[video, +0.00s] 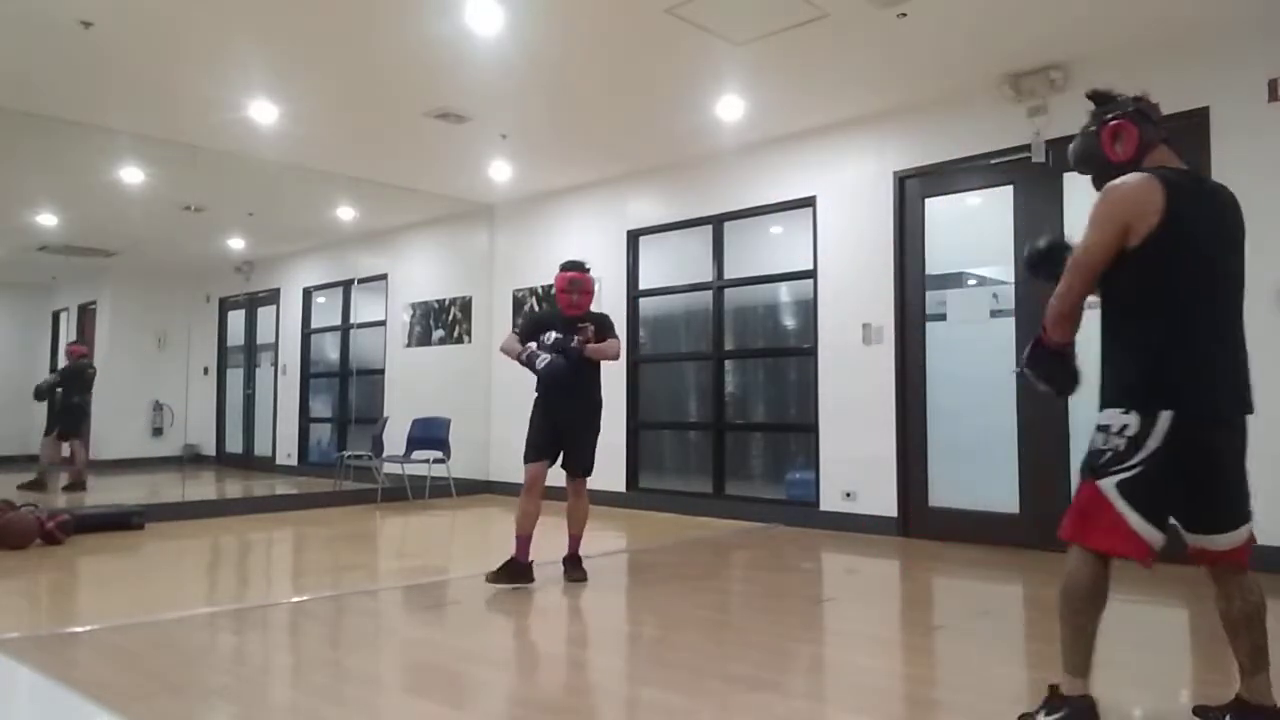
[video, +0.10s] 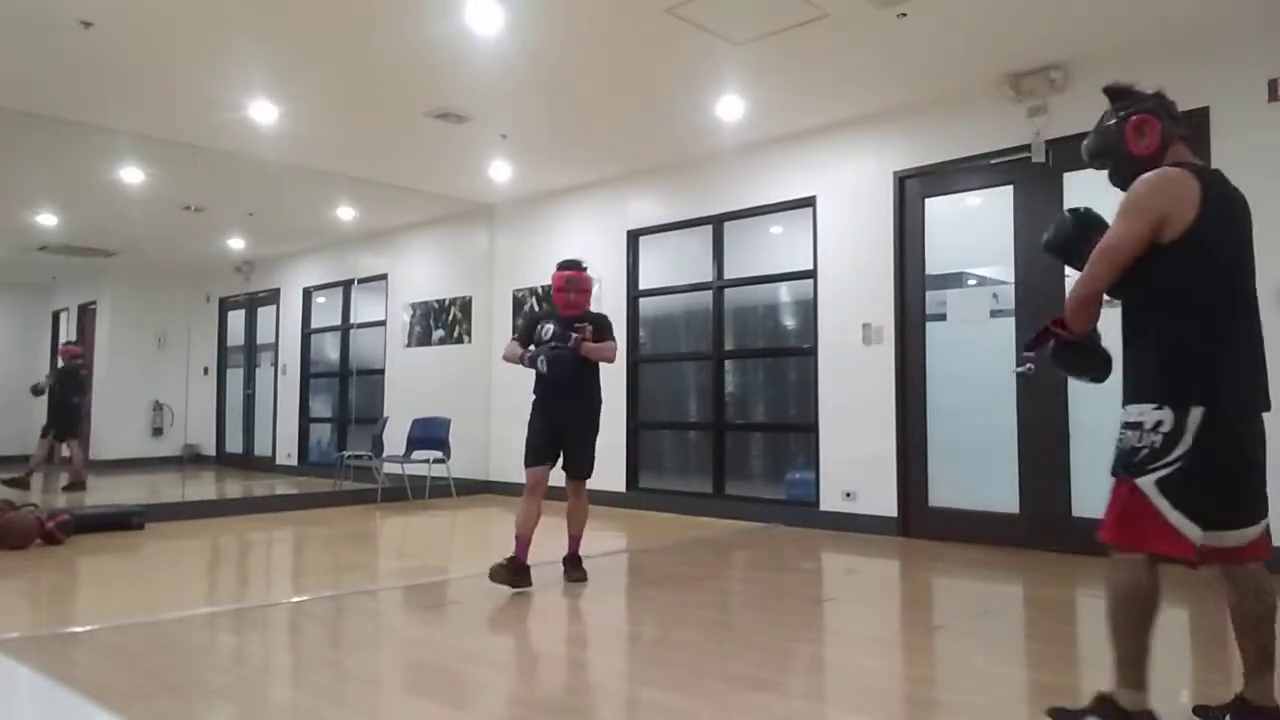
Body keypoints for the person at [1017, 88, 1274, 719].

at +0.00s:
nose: (1098, 176)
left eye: (1098, 163)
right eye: (1095, 166)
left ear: (1121, 137)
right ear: (1155, 136)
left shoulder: (1127, 195)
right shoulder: (1222, 201)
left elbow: (1066, 299)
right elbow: (1168, 281)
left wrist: (1054, 352)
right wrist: (1076, 265)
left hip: (1146, 403)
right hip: (1221, 404)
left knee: (1087, 542)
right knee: (1229, 557)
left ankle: (1073, 695)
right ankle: (1258, 699)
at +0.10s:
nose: (1114, 174)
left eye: (1114, 158)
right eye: (1109, 163)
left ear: (1145, 134)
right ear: (1169, 135)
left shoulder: (1157, 189)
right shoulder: (1224, 194)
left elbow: (1086, 294)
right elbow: (1177, 280)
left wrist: (1077, 340)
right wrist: (1106, 245)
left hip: (1172, 400)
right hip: (1236, 399)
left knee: (1127, 543)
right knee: (1242, 552)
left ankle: (1128, 697)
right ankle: (1261, 697)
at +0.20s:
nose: (1127, 167)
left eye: (1128, 150)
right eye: (1121, 155)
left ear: (1161, 133)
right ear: (1187, 134)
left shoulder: (1181, 188)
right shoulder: (1230, 190)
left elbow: (1094, 281)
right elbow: (1184, 277)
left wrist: (1089, 319)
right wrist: (1114, 275)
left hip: (1185, 404)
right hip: (1241, 402)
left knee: (1178, 555)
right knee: (1247, 552)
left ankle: (1205, 705)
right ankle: (1264, 697)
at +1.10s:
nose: (1177, 126)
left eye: (1193, 108)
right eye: (1175, 111)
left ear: (1249, 102)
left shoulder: (1255, 175)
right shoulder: (1221, 180)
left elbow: (1175, 274)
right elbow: (1125, 269)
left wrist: (1062, 288)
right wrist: (1119, 216)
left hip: (1205, 403)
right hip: (1171, 398)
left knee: (1204, 571)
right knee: (1186, 564)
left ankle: (1230, 714)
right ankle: (1213, 705)